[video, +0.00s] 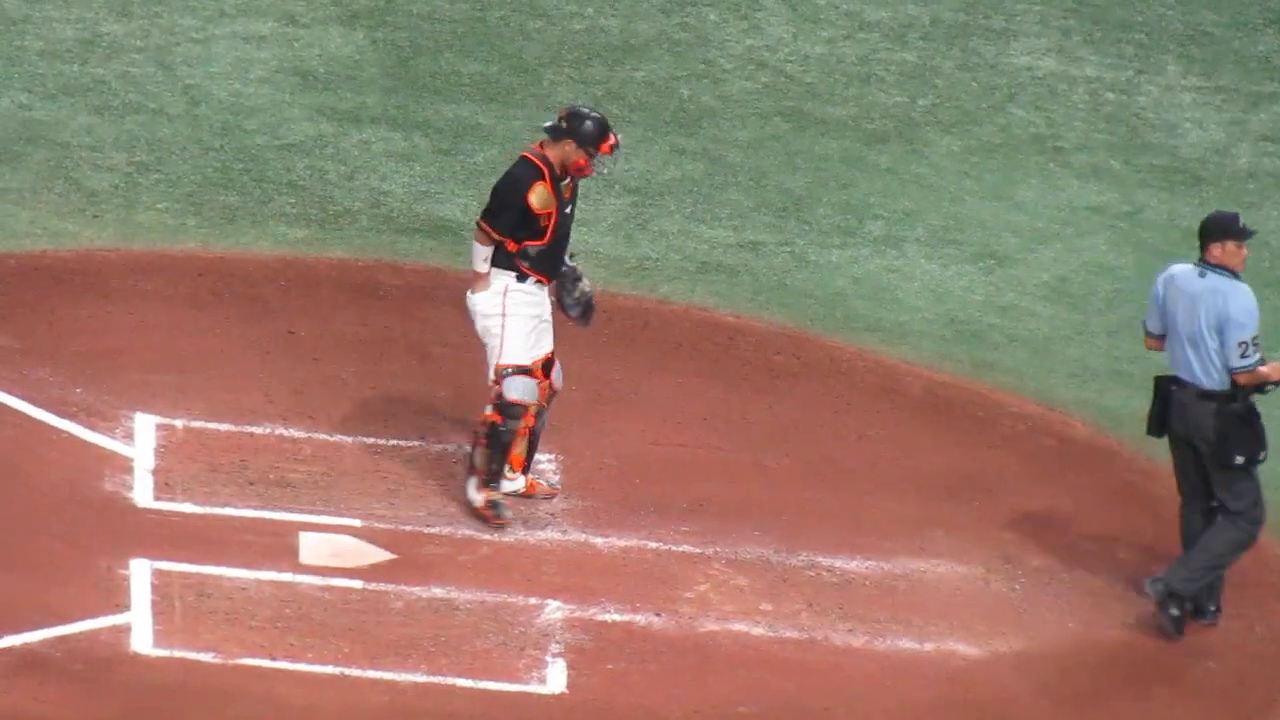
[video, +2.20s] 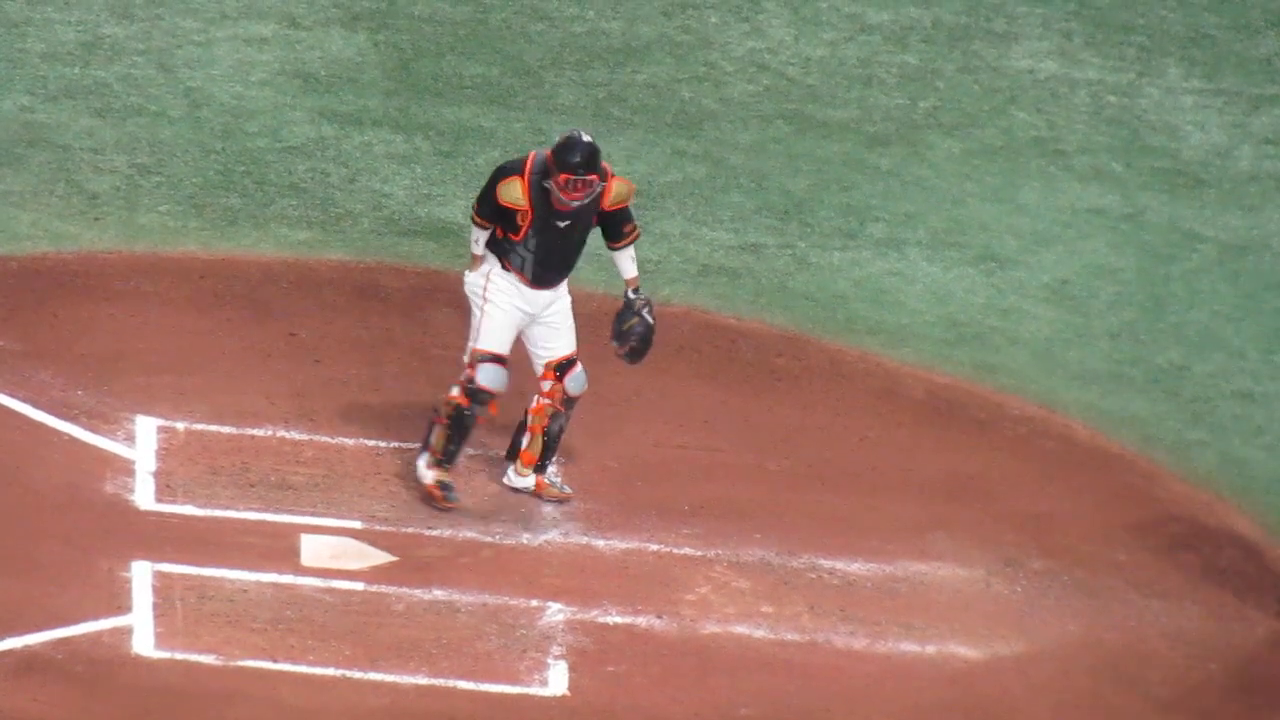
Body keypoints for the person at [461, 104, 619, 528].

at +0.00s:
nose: (589, 164)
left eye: (593, 157)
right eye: (588, 155)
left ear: (574, 146)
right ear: (569, 143)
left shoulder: (564, 175)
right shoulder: (525, 177)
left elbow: (546, 238)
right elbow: (485, 233)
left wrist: (566, 277)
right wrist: (479, 281)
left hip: (534, 293)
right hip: (505, 292)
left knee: (545, 382)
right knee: (516, 391)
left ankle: (513, 475)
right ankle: (482, 485)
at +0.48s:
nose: (617, 188)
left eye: (622, 183)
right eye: (618, 180)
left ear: (607, 164)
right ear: (603, 164)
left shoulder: (586, 184)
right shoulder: (554, 188)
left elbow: (560, 249)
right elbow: (510, 238)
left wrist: (571, 293)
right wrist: (498, 287)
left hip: (546, 293)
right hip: (523, 293)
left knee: (537, 387)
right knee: (549, 394)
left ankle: (508, 464)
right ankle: (510, 488)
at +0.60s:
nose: (621, 202)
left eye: (626, 197)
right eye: (622, 195)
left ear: (611, 175)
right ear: (607, 180)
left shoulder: (587, 180)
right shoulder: (557, 202)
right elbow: (514, 251)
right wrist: (502, 299)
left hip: (546, 306)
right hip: (528, 306)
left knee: (550, 398)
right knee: (533, 408)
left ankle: (507, 468)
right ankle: (509, 504)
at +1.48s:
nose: (626, 219)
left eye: (631, 214)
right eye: (625, 212)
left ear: (619, 192)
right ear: (611, 194)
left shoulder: (604, 195)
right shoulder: (563, 209)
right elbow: (519, 255)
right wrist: (505, 298)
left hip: (557, 310)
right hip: (531, 309)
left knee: (572, 396)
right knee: (534, 411)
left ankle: (536, 467)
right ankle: (505, 507)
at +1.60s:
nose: (625, 212)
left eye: (629, 206)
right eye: (623, 204)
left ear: (622, 190)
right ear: (605, 188)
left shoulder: (607, 199)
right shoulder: (559, 204)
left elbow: (585, 256)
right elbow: (516, 248)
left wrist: (585, 299)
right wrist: (504, 291)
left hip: (565, 306)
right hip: (530, 303)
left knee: (571, 394)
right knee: (537, 405)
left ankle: (536, 468)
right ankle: (507, 502)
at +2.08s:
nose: (595, 197)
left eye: (603, 189)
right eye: (588, 188)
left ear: (612, 182)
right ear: (568, 176)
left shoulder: (616, 199)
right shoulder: (527, 185)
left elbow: (628, 246)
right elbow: (490, 222)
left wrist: (642, 296)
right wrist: (482, 264)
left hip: (555, 293)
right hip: (508, 284)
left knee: (568, 381)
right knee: (515, 380)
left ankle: (533, 469)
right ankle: (480, 476)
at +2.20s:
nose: (575, 192)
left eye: (584, 185)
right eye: (568, 184)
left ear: (596, 176)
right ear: (551, 173)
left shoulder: (606, 189)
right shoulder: (515, 179)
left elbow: (621, 240)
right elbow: (481, 222)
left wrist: (634, 293)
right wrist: (478, 264)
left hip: (552, 294)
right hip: (501, 284)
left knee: (567, 383)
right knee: (486, 379)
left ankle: (527, 470)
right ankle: (433, 464)